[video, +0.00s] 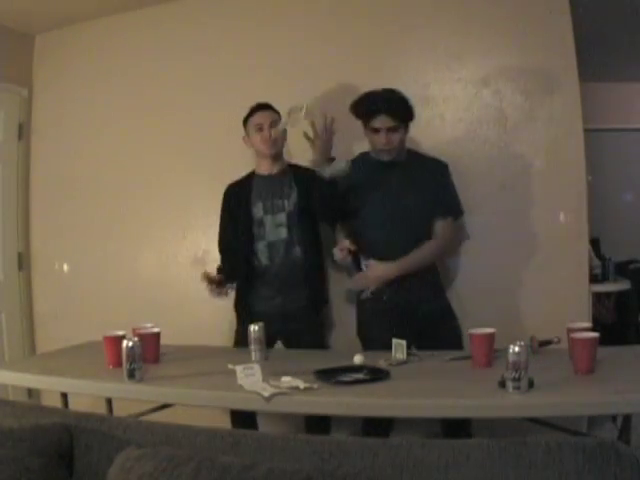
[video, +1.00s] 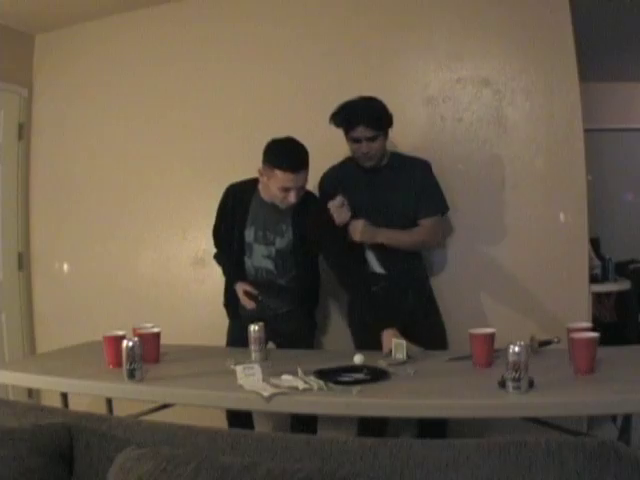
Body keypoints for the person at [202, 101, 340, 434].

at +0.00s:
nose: (269, 133)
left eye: (274, 126)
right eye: (259, 129)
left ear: (284, 134)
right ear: (247, 139)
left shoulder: (311, 182)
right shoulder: (236, 193)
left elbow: (334, 220)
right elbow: (232, 250)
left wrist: (325, 164)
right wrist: (224, 275)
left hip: (303, 305)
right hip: (255, 308)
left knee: (314, 389)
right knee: (241, 389)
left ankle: (318, 462)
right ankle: (246, 461)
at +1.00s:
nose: (294, 198)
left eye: (300, 189)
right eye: (285, 190)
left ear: (306, 177)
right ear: (263, 175)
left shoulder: (311, 208)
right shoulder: (236, 197)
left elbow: (343, 264)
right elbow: (223, 244)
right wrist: (235, 280)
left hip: (295, 317)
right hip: (246, 315)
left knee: (299, 398)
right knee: (235, 394)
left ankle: (301, 464)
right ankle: (242, 460)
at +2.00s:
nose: (219, 130)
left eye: (223, 125)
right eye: (209, 126)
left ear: (229, 135)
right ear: (193, 139)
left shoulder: (248, 173)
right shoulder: (179, 189)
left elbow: (279, 141)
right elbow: (159, 250)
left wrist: (275, 75)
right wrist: (164, 227)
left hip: (249, 300)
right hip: (205, 306)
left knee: (258, 386)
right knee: (210, 394)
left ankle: (262, 458)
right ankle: (224, 459)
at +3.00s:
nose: (175, 148)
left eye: (178, 143)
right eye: (166, 146)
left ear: (188, 151)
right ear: (155, 158)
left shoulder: (217, 191)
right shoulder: (154, 199)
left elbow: (251, 227)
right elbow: (170, 227)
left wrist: (275, 205)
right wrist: (168, 167)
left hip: (229, 303)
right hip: (186, 308)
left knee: (249, 379)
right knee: (176, 383)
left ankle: (263, 448)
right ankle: (185, 449)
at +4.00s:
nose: (219, 145)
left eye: (225, 139)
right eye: (211, 140)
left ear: (234, 149)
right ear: (199, 154)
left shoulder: (256, 198)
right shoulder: (195, 197)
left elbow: (274, 247)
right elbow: (189, 189)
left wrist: (301, 238)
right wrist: (184, 144)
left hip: (259, 306)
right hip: (215, 308)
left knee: (273, 388)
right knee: (199, 388)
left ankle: (269, 458)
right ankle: (190, 455)